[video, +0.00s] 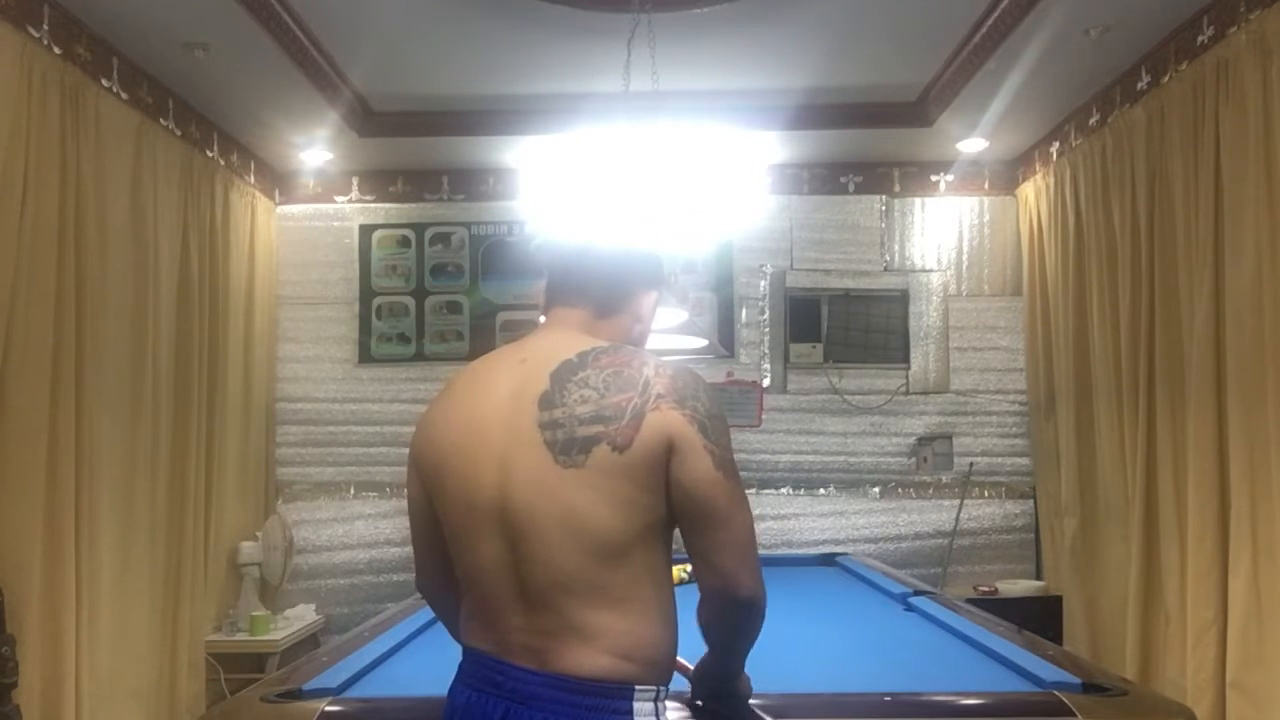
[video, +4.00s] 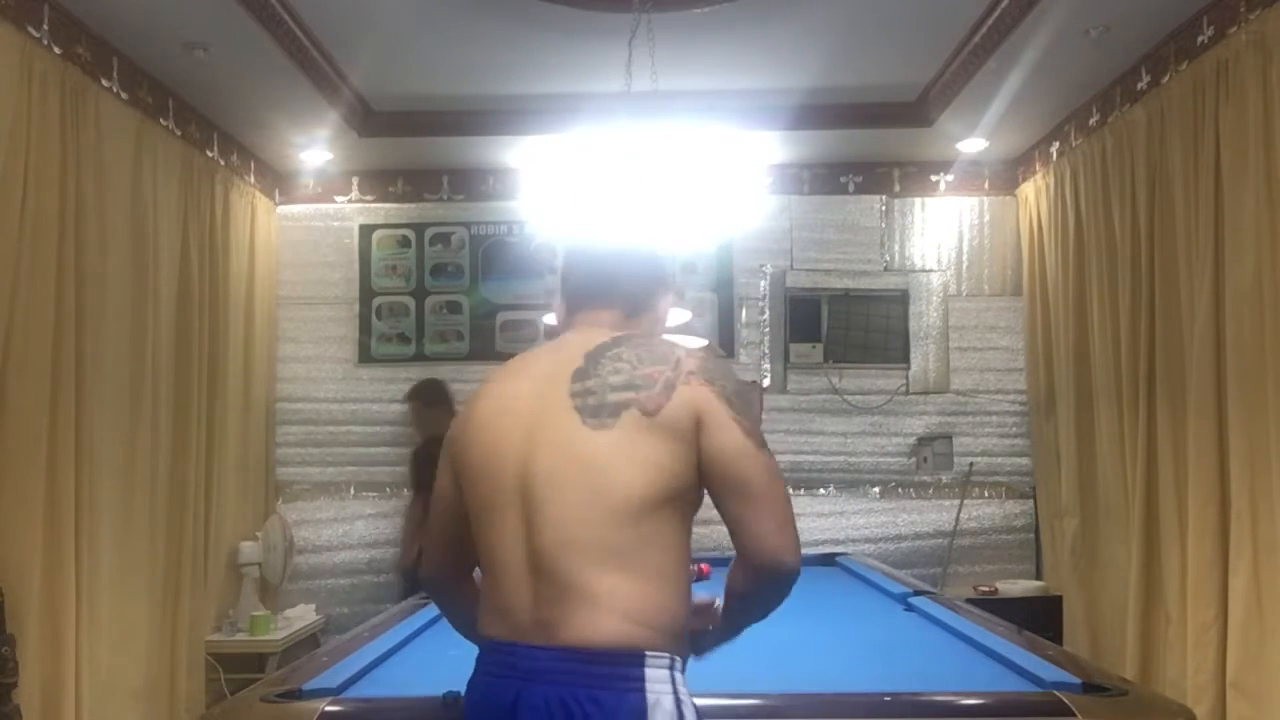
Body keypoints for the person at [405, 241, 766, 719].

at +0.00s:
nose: (651, 317)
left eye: (654, 301)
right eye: (654, 300)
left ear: (546, 290)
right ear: (644, 299)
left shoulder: (450, 400)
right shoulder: (667, 393)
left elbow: (435, 579)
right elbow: (737, 590)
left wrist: (499, 651)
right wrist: (722, 670)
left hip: (479, 695)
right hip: (615, 702)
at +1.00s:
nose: (644, 293)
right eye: (643, 280)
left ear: (525, 286)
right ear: (630, 283)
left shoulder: (444, 399)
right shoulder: (675, 392)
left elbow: (357, 562)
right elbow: (762, 568)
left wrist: (426, 678)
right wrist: (722, 646)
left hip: (487, 699)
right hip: (622, 702)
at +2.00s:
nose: (647, 292)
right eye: (647, 280)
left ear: (529, 285)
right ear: (636, 280)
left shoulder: (461, 397)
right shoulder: (667, 389)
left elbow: (408, 536)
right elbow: (752, 586)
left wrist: (471, 456)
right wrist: (811, 711)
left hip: (494, 694)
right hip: (624, 701)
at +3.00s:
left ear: (581, 264)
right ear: (693, 264)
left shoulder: (493, 388)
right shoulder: (758, 387)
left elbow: (425, 571)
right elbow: (834, 594)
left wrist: (477, 647)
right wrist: (775, 613)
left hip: (549, 699)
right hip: (700, 701)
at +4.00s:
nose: (670, 317)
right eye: (669, 307)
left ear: (563, 304)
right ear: (658, 304)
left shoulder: (488, 395)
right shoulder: (684, 380)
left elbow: (439, 570)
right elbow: (774, 556)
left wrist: (508, 638)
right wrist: (719, 624)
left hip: (498, 690)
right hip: (632, 694)